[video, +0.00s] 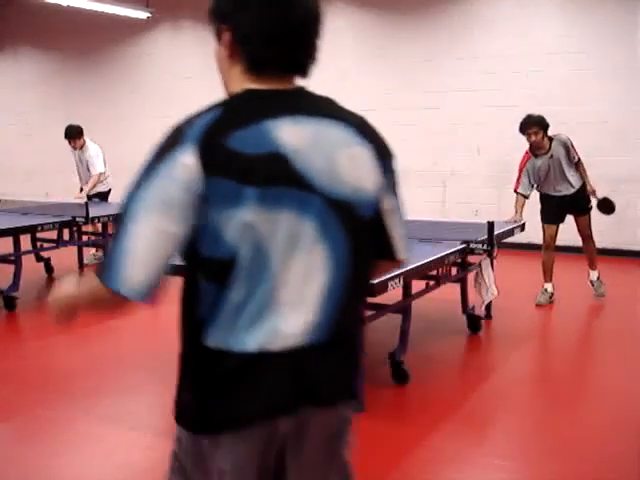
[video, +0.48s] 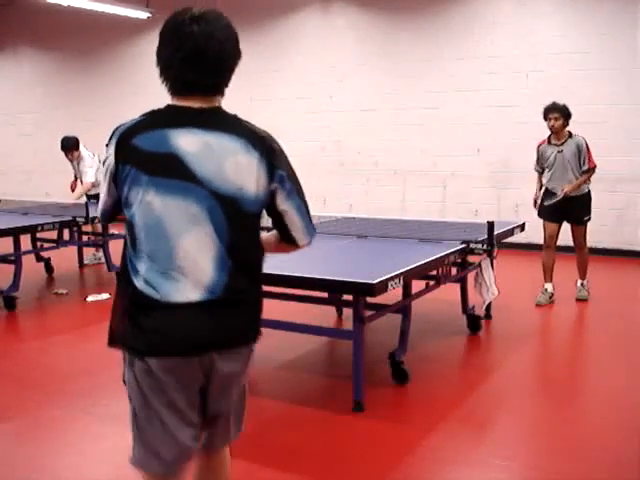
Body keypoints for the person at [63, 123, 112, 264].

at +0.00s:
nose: (72, 144)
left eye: (75, 141)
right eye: (70, 142)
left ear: (82, 138)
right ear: (68, 141)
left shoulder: (92, 151)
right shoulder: (75, 150)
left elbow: (97, 174)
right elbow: (80, 169)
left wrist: (86, 191)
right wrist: (81, 185)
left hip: (100, 188)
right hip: (88, 188)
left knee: (96, 221)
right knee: (92, 221)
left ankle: (100, 250)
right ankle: (98, 248)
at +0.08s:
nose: (71, 146)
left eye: (74, 143)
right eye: (69, 143)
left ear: (80, 139)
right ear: (66, 142)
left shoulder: (91, 151)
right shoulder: (76, 150)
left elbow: (94, 176)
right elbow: (80, 172)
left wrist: (84, 192)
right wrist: (83, 188)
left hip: (100, 190)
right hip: (89, 190)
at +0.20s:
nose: (69, 150)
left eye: (71, 146)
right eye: (67, 147)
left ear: (78, 142)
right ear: (65, 145)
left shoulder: (88, 155)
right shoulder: (76, 152)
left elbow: (87, 180)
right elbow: (80, 172)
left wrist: (74, 198)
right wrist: (84, 186)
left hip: (98, 188)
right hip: (91, 187)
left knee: (95, 218)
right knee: (91, 217)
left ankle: (98, 252)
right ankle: (95, 252)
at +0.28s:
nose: (69, 152)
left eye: (71, 148)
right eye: (67, 149)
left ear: (79, 144)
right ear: (65, 147)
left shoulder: (88, 156)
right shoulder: (74, 153)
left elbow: (83, 182)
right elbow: (80, 171)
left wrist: (64, 199)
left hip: (99, 190)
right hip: (90, 190)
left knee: (98, 220)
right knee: (93, 219)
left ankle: (99, 252)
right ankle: (97, 251)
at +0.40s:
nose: (70, 153)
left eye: (72, 150)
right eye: (67, 151)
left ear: (79, 146)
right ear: (65, 149)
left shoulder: (87, 157)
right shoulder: (74, 156)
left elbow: (84, 183)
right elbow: (78, 173)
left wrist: (65, 198)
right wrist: (74, 187)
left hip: (99, 192)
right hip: (90, 193)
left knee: (98, 223)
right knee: (95, 223)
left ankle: (100, 252)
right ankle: (98, 251)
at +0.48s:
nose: (69, 157)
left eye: (71, 153)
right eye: (67, 154)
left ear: (77, 150)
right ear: (64, 153)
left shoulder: (87, 160)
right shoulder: (72, 157)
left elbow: (88, 184)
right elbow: (76, 169)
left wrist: (72, 199)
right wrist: (75, 180)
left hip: (98, 192)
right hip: (88, 192)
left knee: (97, 222)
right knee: (93, 222)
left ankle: (100, 252)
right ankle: (97, 251)